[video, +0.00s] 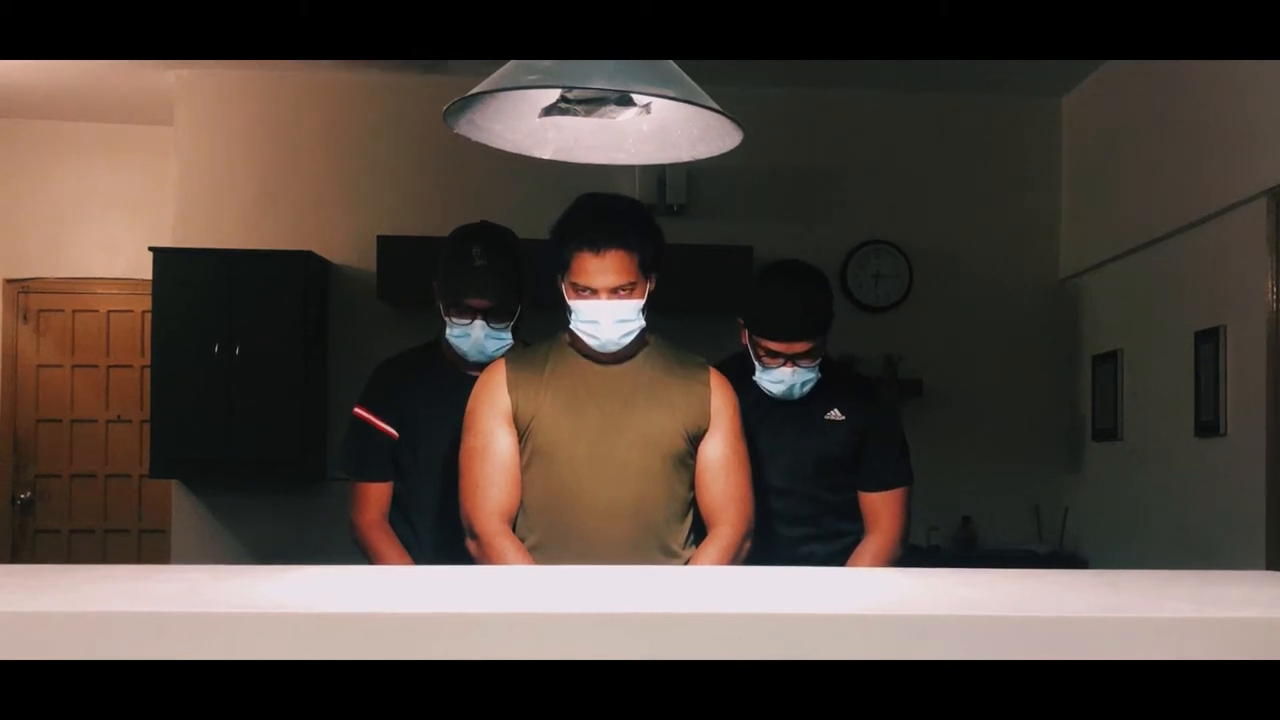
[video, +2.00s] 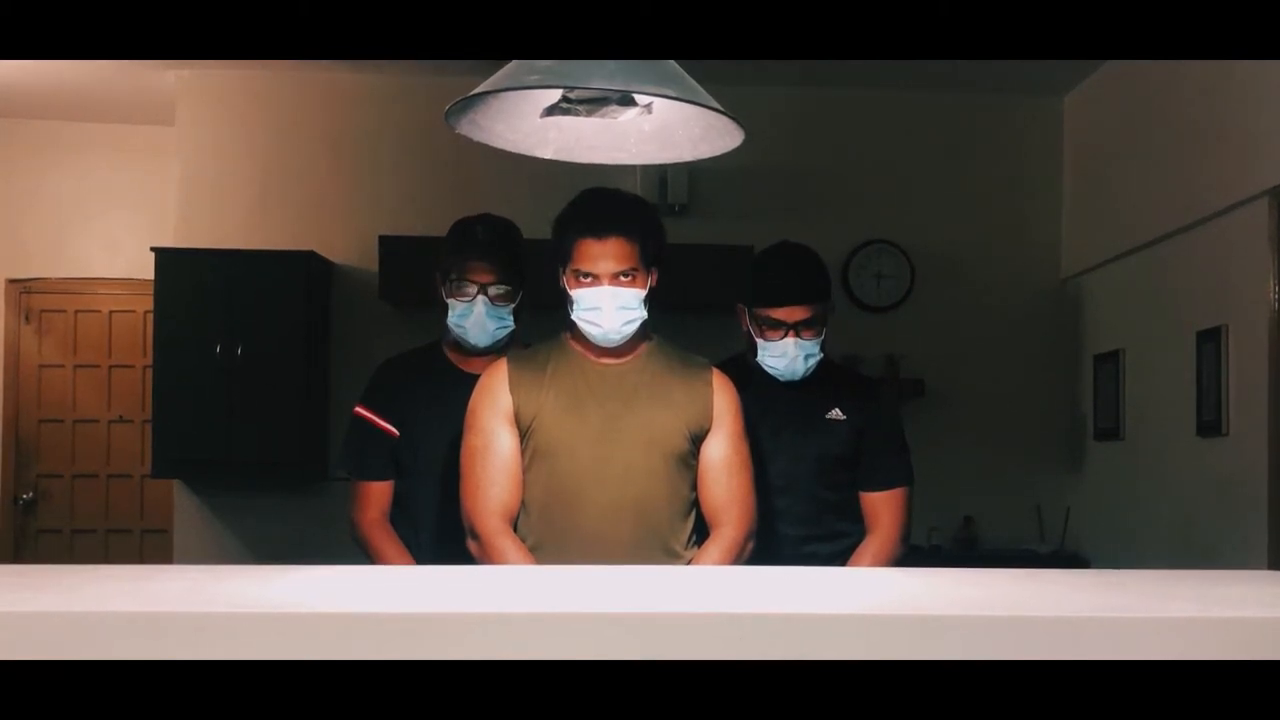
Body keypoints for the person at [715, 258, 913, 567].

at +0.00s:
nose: (788, 372)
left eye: (805, 357)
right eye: (771, 356)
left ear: (824, 340)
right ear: (745, 336)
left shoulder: (865, 404)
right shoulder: (716, 393)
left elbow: (884, 534)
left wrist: (835, 604)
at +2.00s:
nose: (791, 342)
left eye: (807, 326)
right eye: (772, 326)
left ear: (826, 319)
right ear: (746, 320)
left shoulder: (863, 399)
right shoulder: (716, 393)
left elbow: (886, 535)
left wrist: (832, 606)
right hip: (740, 591)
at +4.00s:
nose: (792, 319)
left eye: (808, 305)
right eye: (774, 304)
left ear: (826, 309)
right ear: (747, 309)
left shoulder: (862, 401)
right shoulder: (710, 393)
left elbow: (885, 536)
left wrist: (831, 611)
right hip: (736, 596)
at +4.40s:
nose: (791, 316)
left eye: (807, 302)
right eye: (773, 301)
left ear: (824, 308)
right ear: (746, 307)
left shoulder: (862, 400)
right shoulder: (709, 393)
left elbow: (884, 536)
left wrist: (831, 611)